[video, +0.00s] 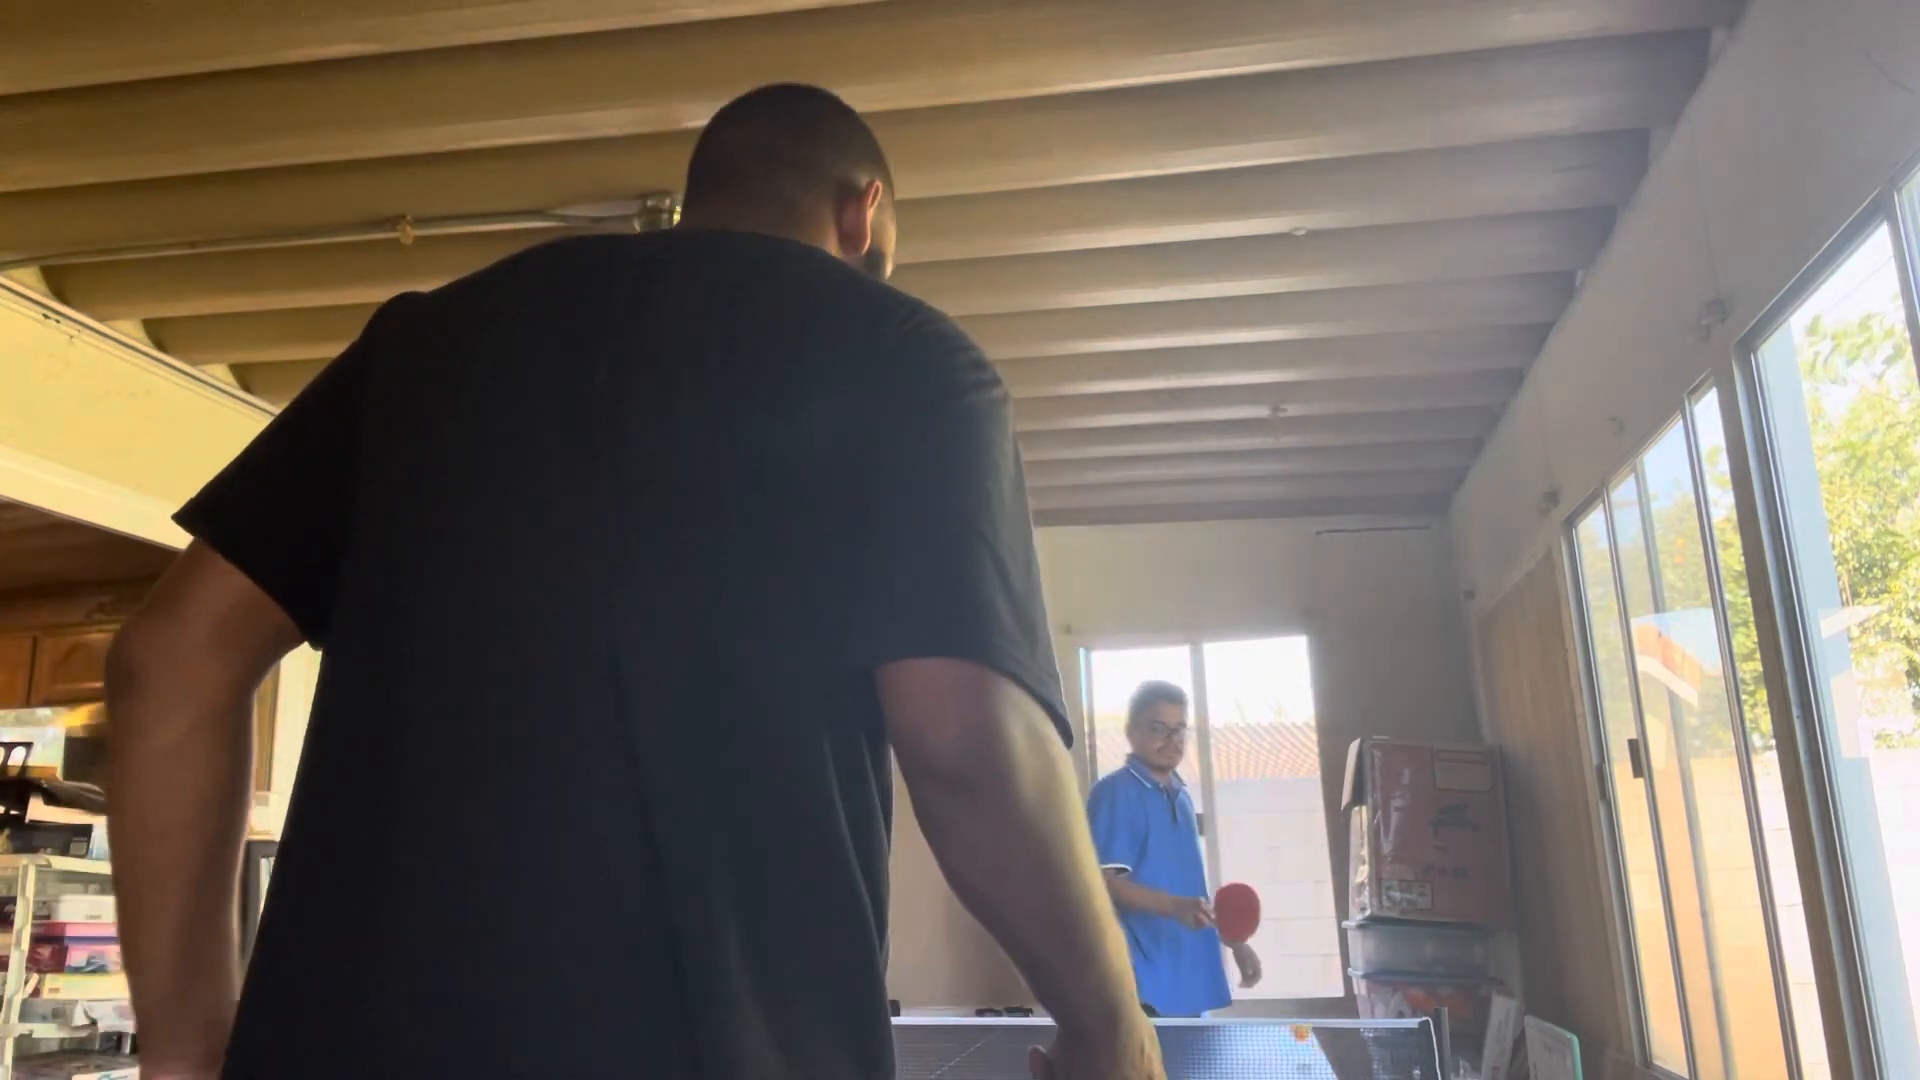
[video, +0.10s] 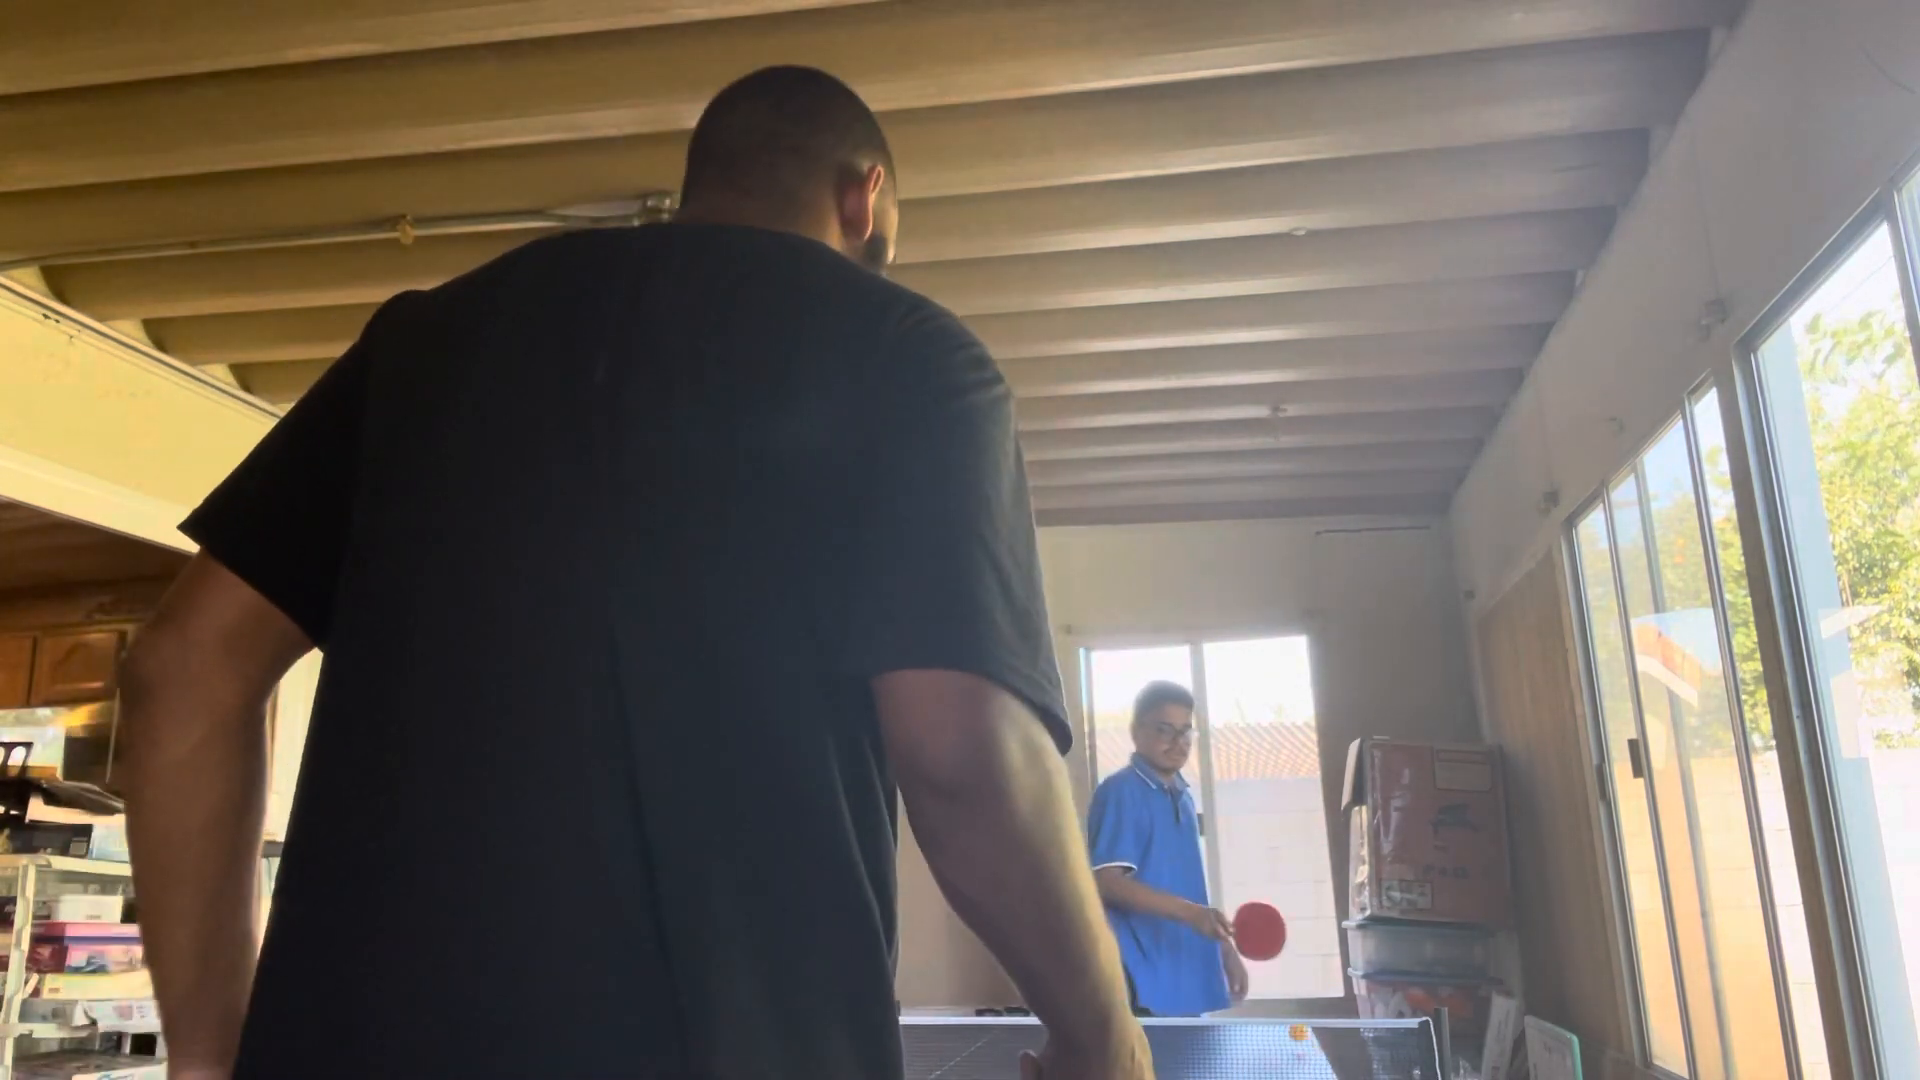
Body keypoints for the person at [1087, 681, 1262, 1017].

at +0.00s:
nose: (1172, 740)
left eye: (1179, 730)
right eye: (1158, 729)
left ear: (1186, 733)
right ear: (1131, 732)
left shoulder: (1177, 796)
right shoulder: (1116, 794)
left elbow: (1189, 888)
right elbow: (1103, 882)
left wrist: (1236, 943)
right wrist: (1174, 906)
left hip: (1195, 987)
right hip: (1149, 994)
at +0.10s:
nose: (1178, 742)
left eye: (1185, 732)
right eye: (1164, 730)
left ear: (1193, 734)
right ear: (1136, 733)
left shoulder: (1181, 797)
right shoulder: (1121, 793)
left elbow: (1189, 889)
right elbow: (1108, 880)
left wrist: (1225, 950)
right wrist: (1191, 913)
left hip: (1196, 989)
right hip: (1150, 996)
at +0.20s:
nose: (1183, 745)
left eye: (1191, 735)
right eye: (1169, 733)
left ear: (1198, 736)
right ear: (1141, 733)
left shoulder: (1179, 794)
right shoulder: (1127, 792)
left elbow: (1186, 888)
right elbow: (1120, 884)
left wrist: (1215, 959)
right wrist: (1210, 920)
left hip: (1192, 992)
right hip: (1150, 997)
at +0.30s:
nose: (1188, 748)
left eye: (1195, 738)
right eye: (1175, 737)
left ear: (1203, 737)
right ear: (1145, 733)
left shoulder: (1178, 792)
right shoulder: (1131, 793)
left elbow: (1179, 889)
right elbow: (1127, 888)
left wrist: (1207, 961)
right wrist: (1216, 926)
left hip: (1189, 992)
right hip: (1153, 998)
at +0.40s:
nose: (1190, 750)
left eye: (1198, 739)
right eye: (1176, 737)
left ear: (1205, 738)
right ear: (1147, 734)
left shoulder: (1178, 793)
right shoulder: (1132, 793)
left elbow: (1183, 891)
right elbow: (1133, 892)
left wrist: (1211, 956)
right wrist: (1216, 938)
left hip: (1189, 993)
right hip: (1155, 998)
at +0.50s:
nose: (1189, 752)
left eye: (1198, 741)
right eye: (1176, 739)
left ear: (1205, 739)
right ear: (1147, 735)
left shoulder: (1181, 793)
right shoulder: (1131, 792)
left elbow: (1179, 894)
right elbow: (1135, 895)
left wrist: (1219, 946)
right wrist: (1214, 949)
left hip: (1188, 991)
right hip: (1152, 995)